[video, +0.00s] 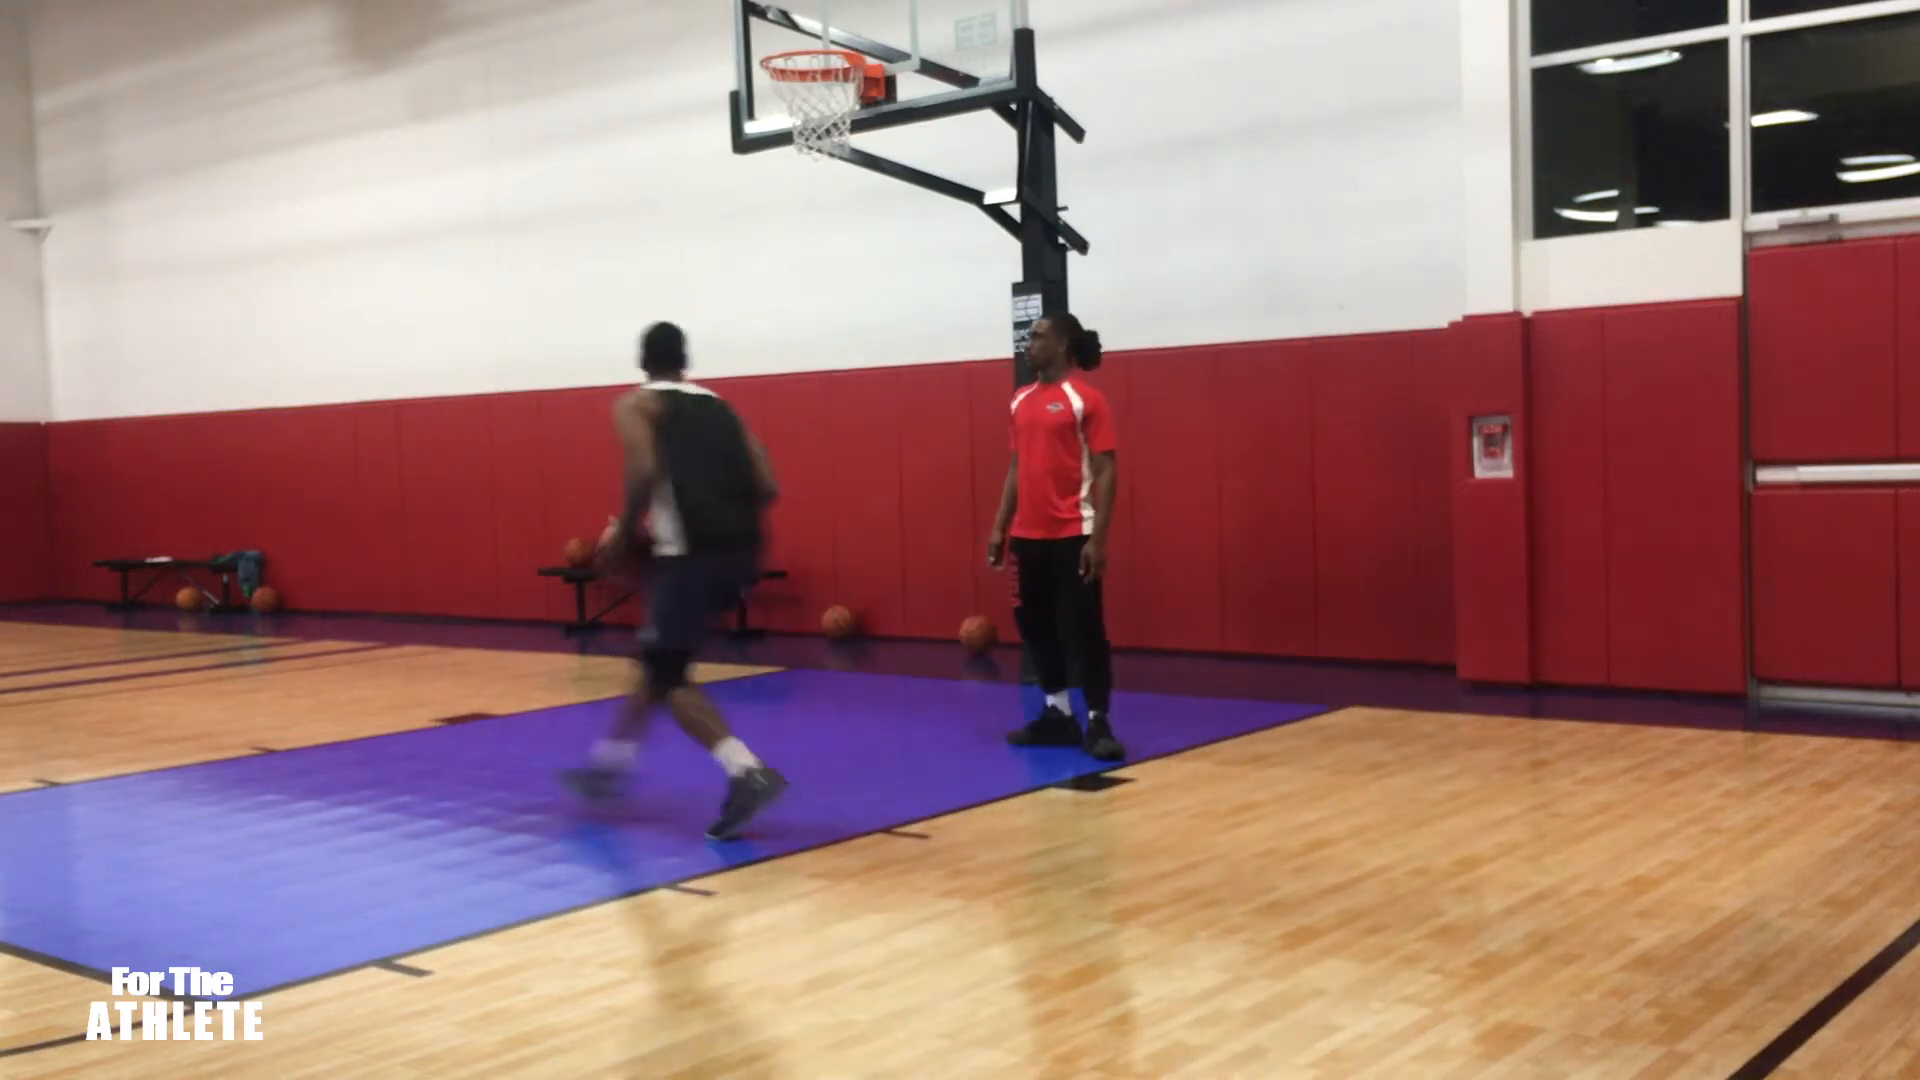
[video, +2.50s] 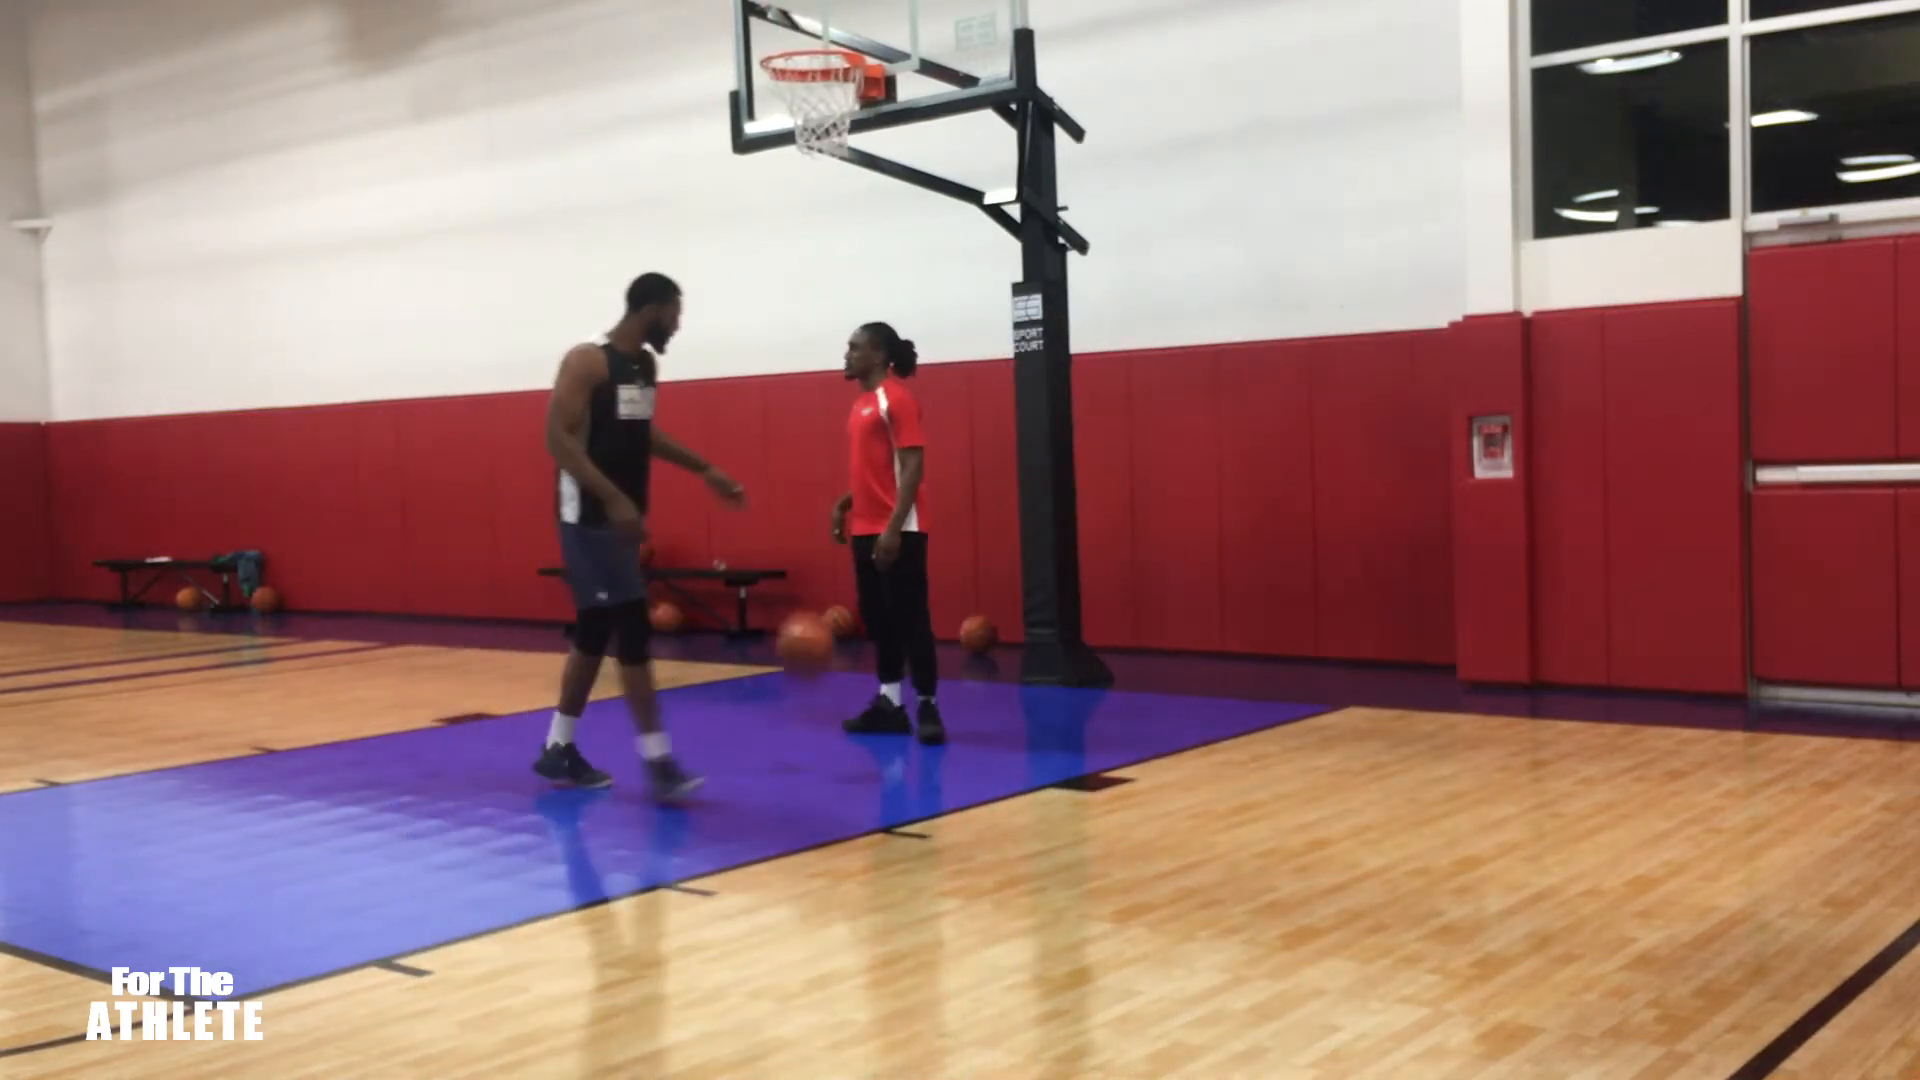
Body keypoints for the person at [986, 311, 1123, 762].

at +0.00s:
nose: (1029, 344)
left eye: (1039, 337)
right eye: (1030, 336)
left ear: (1063, 345)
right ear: (1036, 344)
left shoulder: (1087, 397)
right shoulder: (1021, 401)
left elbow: (1105, 469)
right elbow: (1016, 467)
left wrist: (1098, 538)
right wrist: (999, 529)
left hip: (1072, 537)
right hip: (1030, 537)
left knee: (1084, 626)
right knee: (1037, 623)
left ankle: (1097, 720)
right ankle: (1056, 713)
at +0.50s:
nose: (1005, 340)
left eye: (1015, 336)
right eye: (1008, 334)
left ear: (1035, 349)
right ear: (1022, 348)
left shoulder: (1039, 394)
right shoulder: (1016, 395)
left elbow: (1046, 465)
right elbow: (1014, 471)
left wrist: (1022, 533)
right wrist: (1000, 530)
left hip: (1035, 532)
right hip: (1021, 530)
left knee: (1018, 621)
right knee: (1031, 621)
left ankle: (1029, 715)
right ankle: (1057, 709)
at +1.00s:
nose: (962, 340)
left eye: (971, 337)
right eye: (968, 335)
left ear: (984, 353)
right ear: (987, 357)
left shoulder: (978, 396)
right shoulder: (982, 395)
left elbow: (981, 471)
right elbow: (987, 470)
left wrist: (963, 538)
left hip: (981, 531)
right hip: (996, 530)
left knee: (967, 624)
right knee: (1002, 620)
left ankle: (957, 717)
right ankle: (1053, 707)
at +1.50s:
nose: (908, 347)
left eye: (915, 342)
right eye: (912, 340)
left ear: (925, 354)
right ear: (935, 359)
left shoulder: (920, 397)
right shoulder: (936, 398)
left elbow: (911, 467)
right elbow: (931, 469)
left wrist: (872, 534)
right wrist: (888, 485)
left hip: (935, 520)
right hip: (933, 518)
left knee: (936, 614)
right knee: (913, 608)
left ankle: (956, 717)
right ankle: (919, 701)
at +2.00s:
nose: (860, 349)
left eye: (868, 344)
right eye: (864, 342)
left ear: (887, 357)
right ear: (884, 358)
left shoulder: (894, 399)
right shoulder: (877, 399)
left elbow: (893, 470)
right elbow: (858, 451)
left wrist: (862, 531)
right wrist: (819, 420)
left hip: (897, 522)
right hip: (882, 521)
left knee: (886, 609)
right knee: (878, 609)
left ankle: (922, 703)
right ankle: (890, 700)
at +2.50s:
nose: (847, 355)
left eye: (855, 348)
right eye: (848, 348)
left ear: (880, 355)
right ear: (867, 355)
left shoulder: (897, 398)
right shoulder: (864, 401)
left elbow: (911, 465)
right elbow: (872, 469)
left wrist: (893, 528)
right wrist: (845, 502)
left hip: (900, 530)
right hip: (868, 531)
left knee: (912, 618)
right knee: (879, 619)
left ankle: (927, 706)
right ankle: (888, 702)